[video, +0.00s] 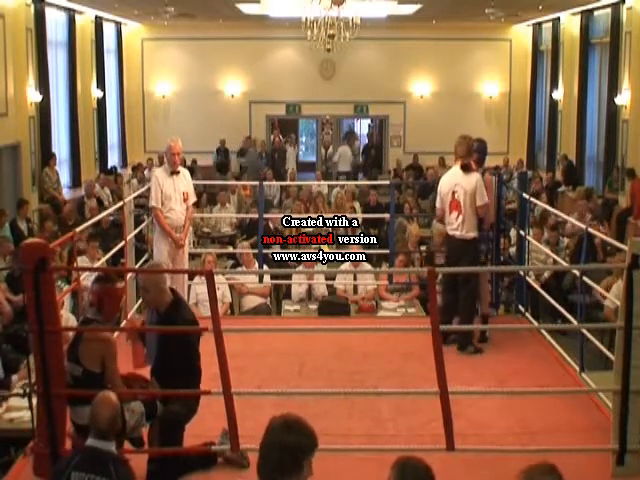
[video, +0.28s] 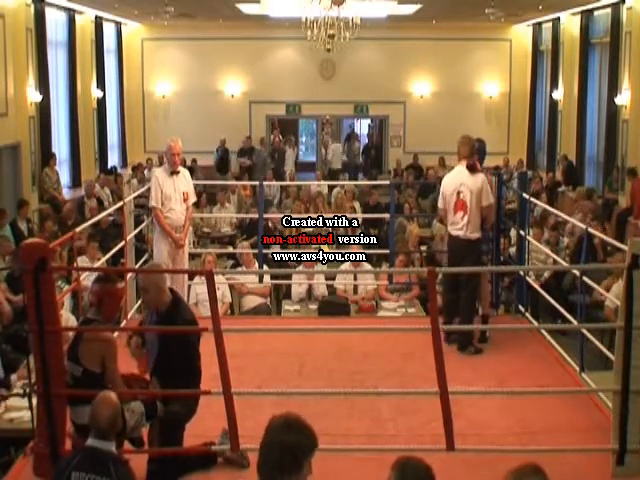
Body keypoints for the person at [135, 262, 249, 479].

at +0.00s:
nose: (142, 296)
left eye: (146, 290)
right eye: (141, 290)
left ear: (162, 288)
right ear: (160, 288)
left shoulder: (181, 322)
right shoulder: (158, 310)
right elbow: (156, 347)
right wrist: (140, 334)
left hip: (179, 400)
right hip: (163, 394)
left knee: (161, 470)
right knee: (158, 467)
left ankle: (216, 451)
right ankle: (215, 450)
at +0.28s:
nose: (142, 296)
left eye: (146, 291)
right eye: (140, 290)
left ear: (163, 289)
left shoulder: (180, 321)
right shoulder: (157, 309)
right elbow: (143, 331)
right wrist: (136, 342)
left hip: (178, 399)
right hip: (162, 393)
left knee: (159, 469)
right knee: (161, 466)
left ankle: (216, 452)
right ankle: (215, 450)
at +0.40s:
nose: (141, 297)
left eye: (145, 291)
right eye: (139, 291)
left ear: (162, 288)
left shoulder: (180, 322)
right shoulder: (156, 310)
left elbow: (173, 379)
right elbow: (142, 339)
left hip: (178, 399)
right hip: (161, 393)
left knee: (161, 469)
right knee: (159, 467)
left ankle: (218, 452)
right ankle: (216, 450)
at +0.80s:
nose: (141, 297)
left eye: (145, 291)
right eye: (139, 291)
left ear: (162, 289)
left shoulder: (179, 319)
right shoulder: (152, 306)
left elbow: (162, 370)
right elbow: (131, 316)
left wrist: (130, 351)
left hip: (180, 395)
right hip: (159, 389)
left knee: (161, 469)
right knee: (162, 467)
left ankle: (217, 454)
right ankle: (216, 450)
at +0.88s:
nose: (140, 297)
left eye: (144, 292)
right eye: (138, 292)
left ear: (161, 289)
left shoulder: (179, 320)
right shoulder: (151, 306)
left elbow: (162, 372)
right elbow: (133, 315)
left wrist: (130, 348)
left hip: (182, 393)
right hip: (158, 387)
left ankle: (217, 454)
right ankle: (217, 451)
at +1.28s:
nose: (137, 298)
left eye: (141, 293)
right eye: (135, 292)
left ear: (157, 289)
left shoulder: (178, 320)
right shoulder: (143, 306)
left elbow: (164, 376)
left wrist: (136, 348)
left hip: (182, 392)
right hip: (157, 386)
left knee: (168, 415)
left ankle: (216, 453)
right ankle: (215, 451)